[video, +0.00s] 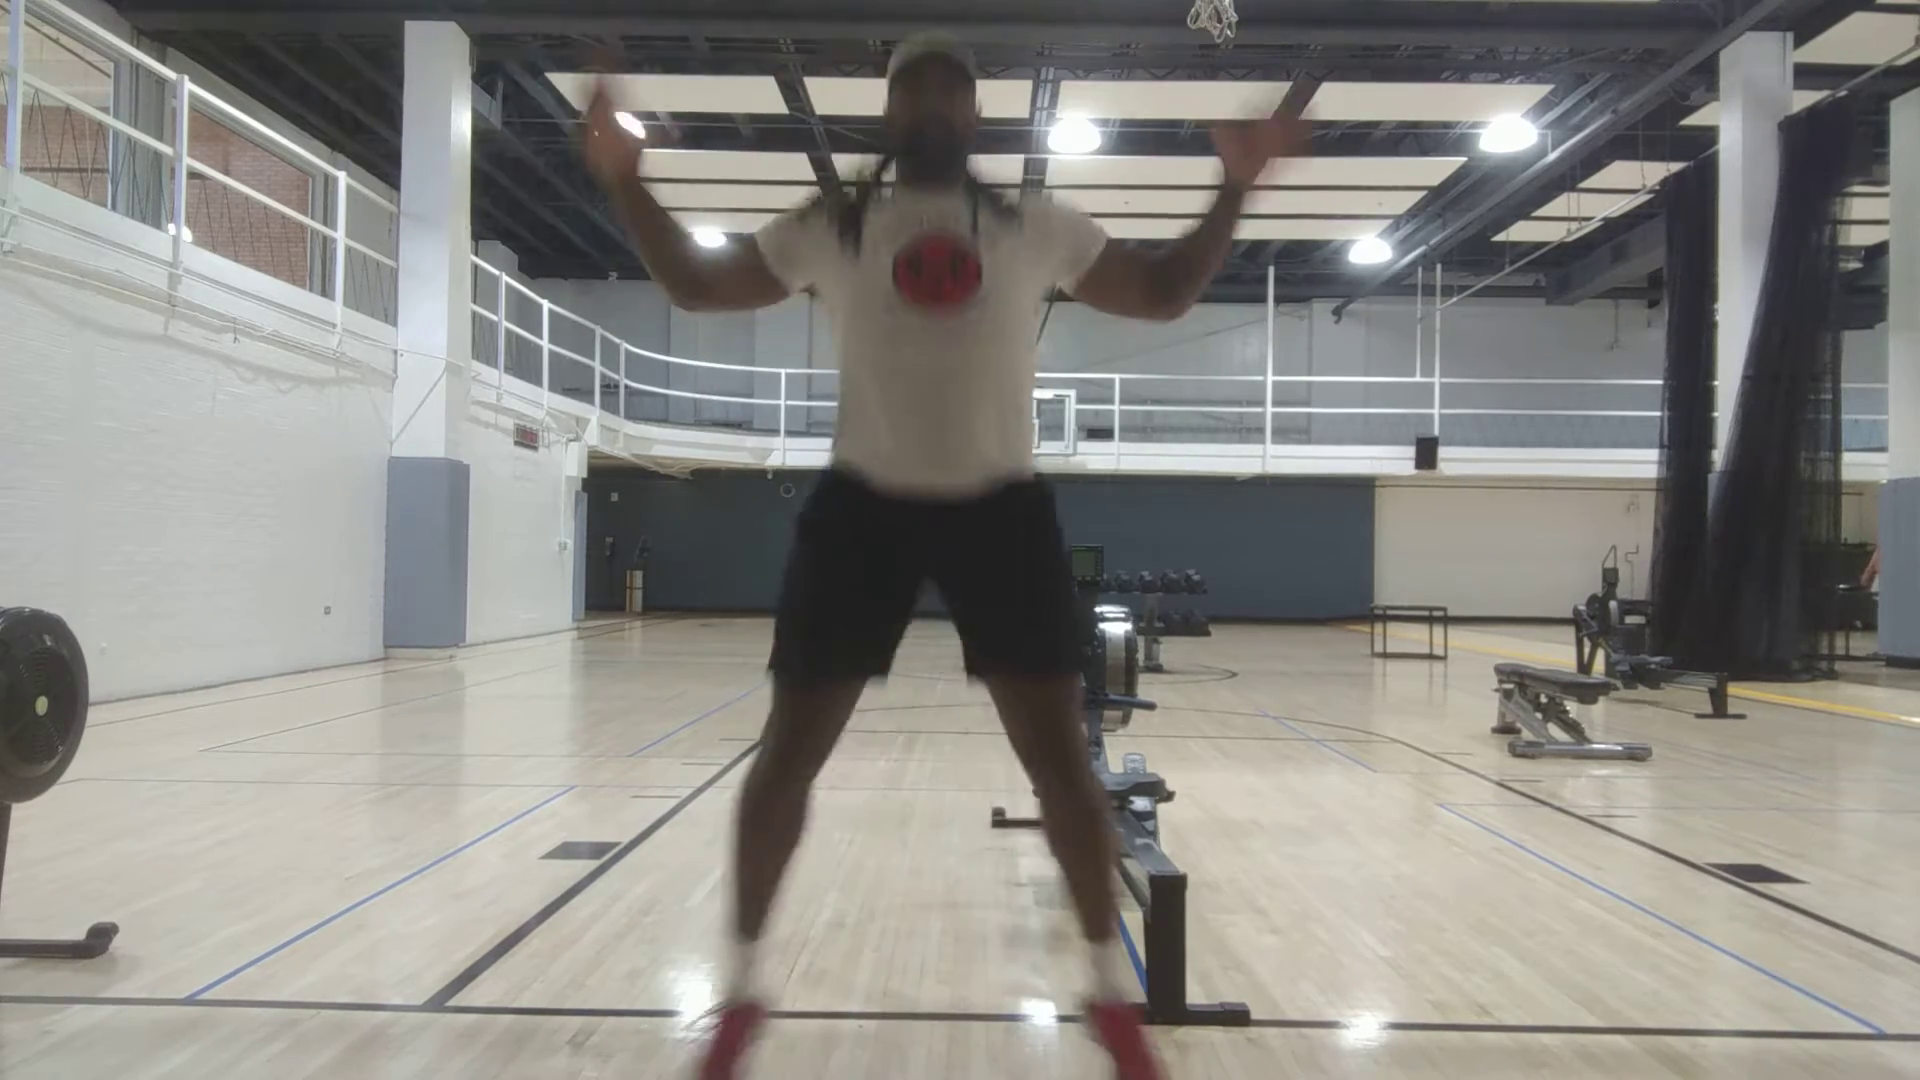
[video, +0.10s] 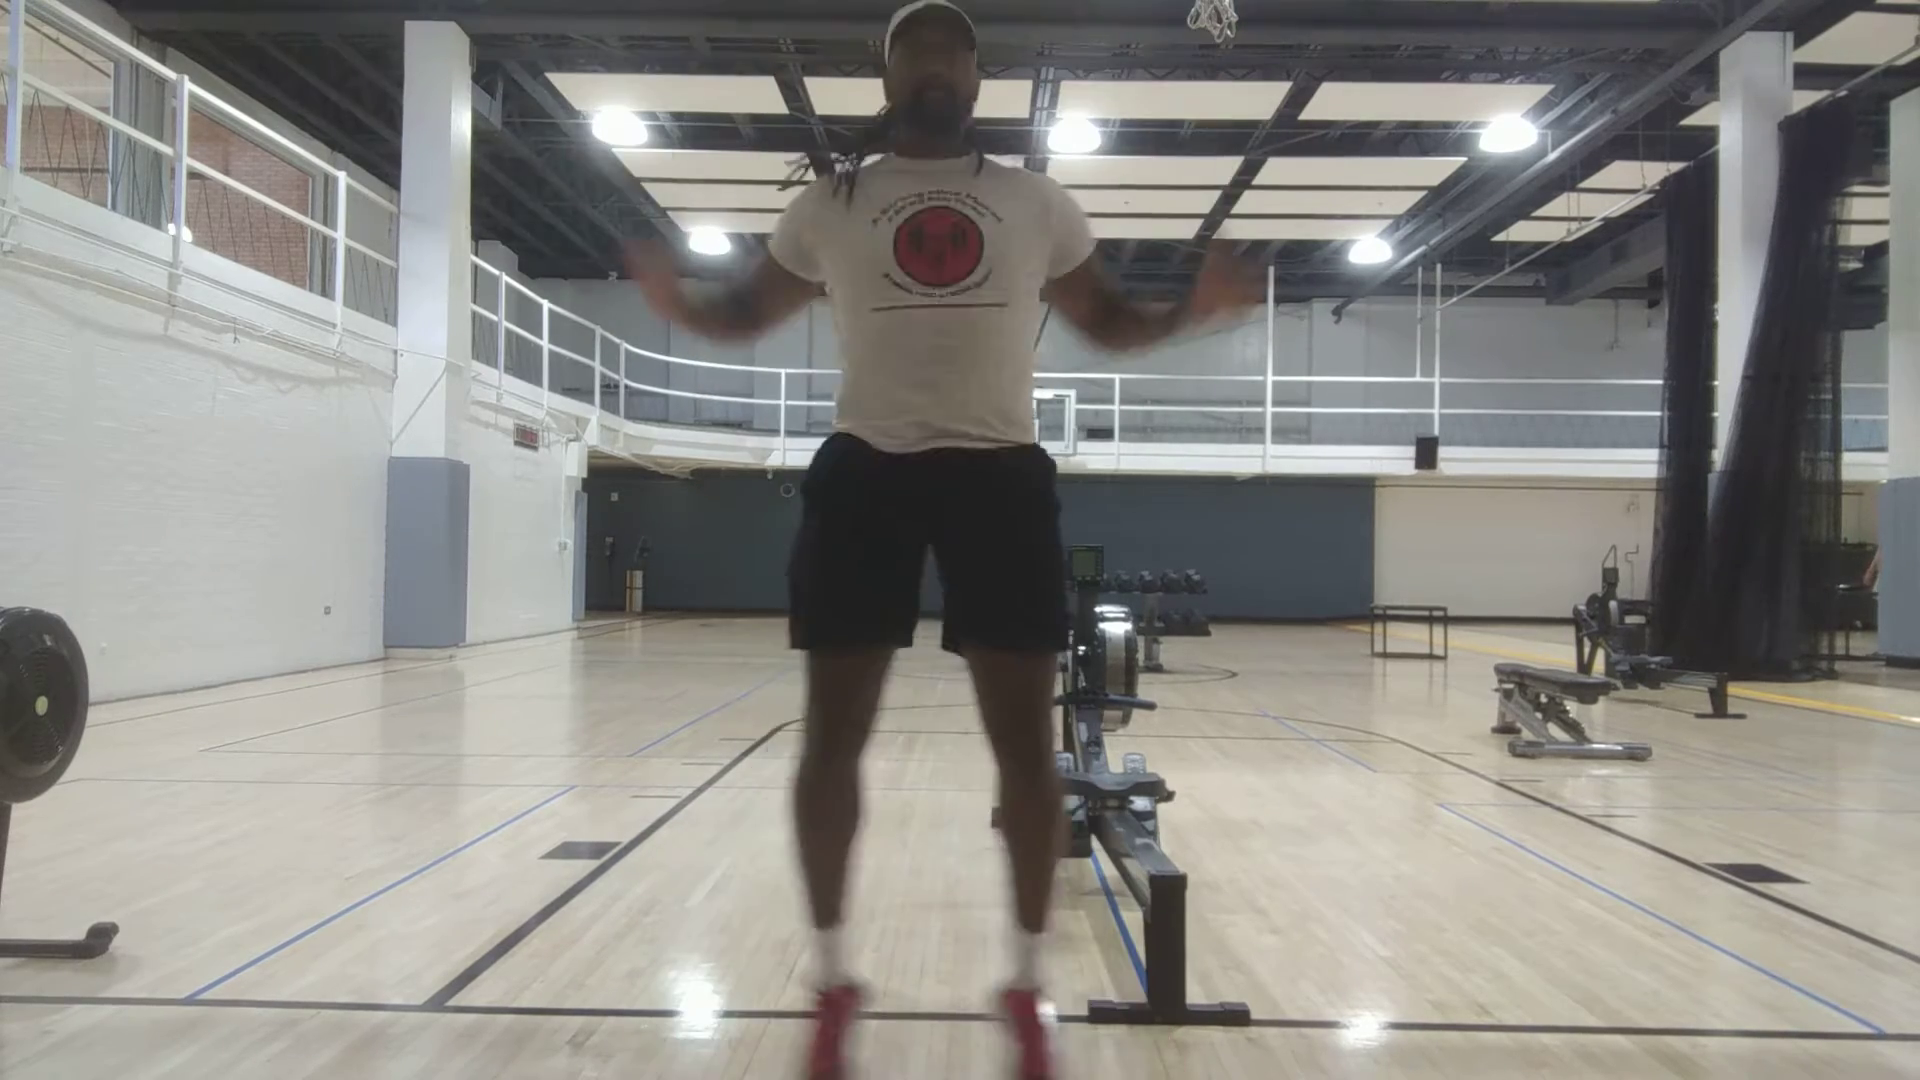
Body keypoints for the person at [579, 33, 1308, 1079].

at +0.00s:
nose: (935, 103)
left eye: (953, 88)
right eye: (917, 87)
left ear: (978, 112)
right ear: (886, 110)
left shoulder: (1032, 222)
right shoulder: (836, 223)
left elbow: (1165, 288)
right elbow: (696, 278)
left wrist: (1235, 187)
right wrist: (623, 182)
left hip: (1002, 511)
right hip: (863, 509)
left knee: (1059, 751)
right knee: (791, 747)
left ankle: (1111, 986)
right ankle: (741, 987)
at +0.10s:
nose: (937, 70)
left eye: (955, 55)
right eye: (918, 52)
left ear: (980, 79)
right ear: (884, 75)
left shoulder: (1034, 196)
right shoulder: (831, 203)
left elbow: (1109, 323)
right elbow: (742, 315)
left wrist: (1191, 304)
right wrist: (681, 294)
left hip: (1001, 482)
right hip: (864, 480)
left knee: (1025, 739)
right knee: (835, 732)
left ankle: (1029, 981)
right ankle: (831, 975)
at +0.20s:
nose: (933, 76)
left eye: (951, 59)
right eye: (914, 59)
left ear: (978, 85)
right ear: (883, 86)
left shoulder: (1034, 215)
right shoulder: (837, 217)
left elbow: (1072, 348)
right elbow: (784, 339)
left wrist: (1118, 377)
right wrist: (749, 367)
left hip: (1001, 502)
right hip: (871, 500)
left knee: (1010, 761)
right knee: (854, 756)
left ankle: (987, 995)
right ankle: (872, 994)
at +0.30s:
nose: (926, 157)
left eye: (944, 139)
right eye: (909, 140)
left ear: (972, 158)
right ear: (883, 158)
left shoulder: (1028, 289)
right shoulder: (837, 290)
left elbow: (1060, 431)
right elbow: (804, 426)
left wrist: (1052, 475)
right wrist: (826, 478)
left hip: (996, 575)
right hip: (872, 572)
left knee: (997, 825)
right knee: (868, 820)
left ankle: (974, 1032)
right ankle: (887, 1034)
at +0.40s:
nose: (929, 194)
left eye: (946, 178)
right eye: (911, 177)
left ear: (970, 195)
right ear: (881, 197)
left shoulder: (1024, 319)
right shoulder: (835, 327)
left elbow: (1070, 441)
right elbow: (801, 456)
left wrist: (1087, 480)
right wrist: (796, 492)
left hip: (996, 604)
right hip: (869, 606)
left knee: (993, 839)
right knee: (873, 837)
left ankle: (967, 1037)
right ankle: (894, 1039)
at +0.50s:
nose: (932, 119)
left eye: (949, 101)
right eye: (914, 101)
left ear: (972, 123)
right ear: (884, 121)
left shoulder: (1029, 261)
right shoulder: (832, 259)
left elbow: (1100, 380)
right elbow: (779, 378)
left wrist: (1153, 375)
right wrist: (729, 400)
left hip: (996, 535)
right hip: (868, 536)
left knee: (1000, 773)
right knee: (859, 769)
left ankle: (983, 1005)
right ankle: (876, 1004)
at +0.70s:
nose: (929, 75)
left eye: (947, 58)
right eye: (909, 58)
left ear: (977, 80)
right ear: (882, 83)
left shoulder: (1034, 191)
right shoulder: (828, 193)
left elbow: (1175, 243)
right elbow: (680, 242)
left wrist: (1186, 99)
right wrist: (637, 112)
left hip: (996, 482)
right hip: (859, 478)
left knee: (1043, 737)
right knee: (798, 729)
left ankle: (1083, 979)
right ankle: (746, 970)